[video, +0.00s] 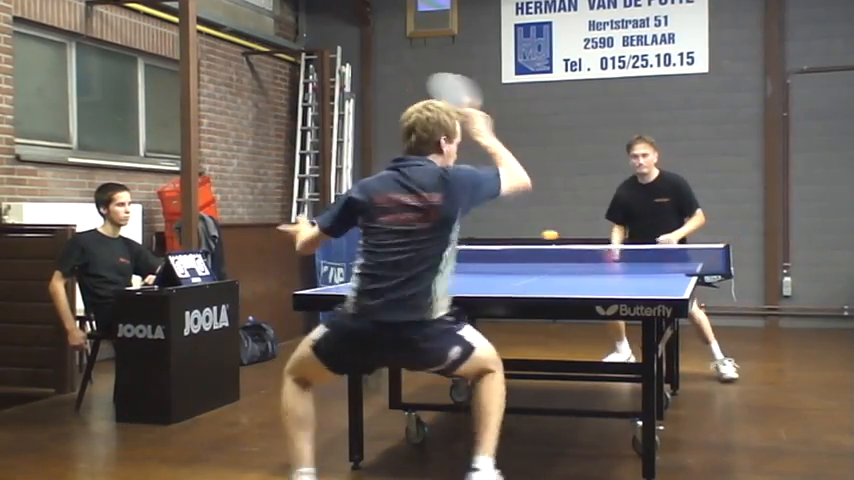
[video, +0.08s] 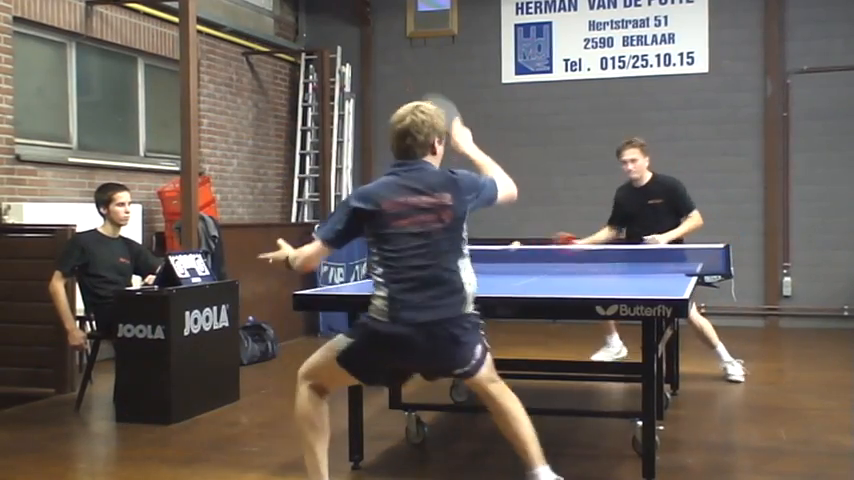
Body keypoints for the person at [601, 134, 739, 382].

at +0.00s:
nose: (639, 161)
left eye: (644, 155)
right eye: (634, 157)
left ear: (655, 156)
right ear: (629, 161)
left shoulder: (674, 184)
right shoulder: (625, 190)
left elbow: (699, 218)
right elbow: (618, 226)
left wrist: (676, 235)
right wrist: (615, 247)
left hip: (672, 264)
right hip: (635, 265)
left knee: (691, 307)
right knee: (608, 301)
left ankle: (719, 358)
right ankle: (623, 350)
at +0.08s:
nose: (628, 167)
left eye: (633, 161)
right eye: (624, 163)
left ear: (646, 160)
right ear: (620, 165)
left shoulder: (670, 187)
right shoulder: (623, 193)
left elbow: (696, 220)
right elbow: (613, 230)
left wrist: (665, 237)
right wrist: (582, 243)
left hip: (670, 267)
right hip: (633, 268)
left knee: (690, 312)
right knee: (596, 291)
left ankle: (728, 361)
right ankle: (614, 343)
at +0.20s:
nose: (602, 180)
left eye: (607, 175)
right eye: (599, 176)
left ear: (623, 175)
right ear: (600, 181)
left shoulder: (645, 197)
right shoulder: (603, 209)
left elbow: (680, 223)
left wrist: (644, 235)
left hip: (664, 270)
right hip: (623, 273)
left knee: (687, 314)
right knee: (579, 297)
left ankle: (729, 361)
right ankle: (561, 349)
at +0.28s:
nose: (576, 183)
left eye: (581, 178)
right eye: (574, 180)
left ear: (598, 178)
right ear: (575, 184)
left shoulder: (620, 197)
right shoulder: (577, 213)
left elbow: (661, 214)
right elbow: (539, 224)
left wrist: (627, 223)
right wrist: (500, 221)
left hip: (645, 271)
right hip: (604, 274)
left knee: (678, 315)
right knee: (565, 303)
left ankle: (726, 361)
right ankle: (541, 352)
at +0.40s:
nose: (547, 184)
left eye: (553, 179)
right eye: (545, 180)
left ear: (567, 181)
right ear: (543, 186)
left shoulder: (589, 198)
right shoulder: (545, 214)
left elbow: (635, 212)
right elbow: (527, 236)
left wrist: (615, 206)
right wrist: (516, 228)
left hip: (610, 269)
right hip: (568, 273)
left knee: (653, 310)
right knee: (536, 299)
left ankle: (700, 358)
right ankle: (528, 359)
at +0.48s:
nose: (541, 181)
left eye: (545, 175)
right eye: (536, 177)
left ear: (558, 176)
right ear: (532, 181)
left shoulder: (579, 195)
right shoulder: (532, 211)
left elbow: (625, 206)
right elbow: (498, 226)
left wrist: (611, 197)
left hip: (597, 266)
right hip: (556, 270)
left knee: (629, 311)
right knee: (525, 296)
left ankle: (666, 353)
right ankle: (527, 352)